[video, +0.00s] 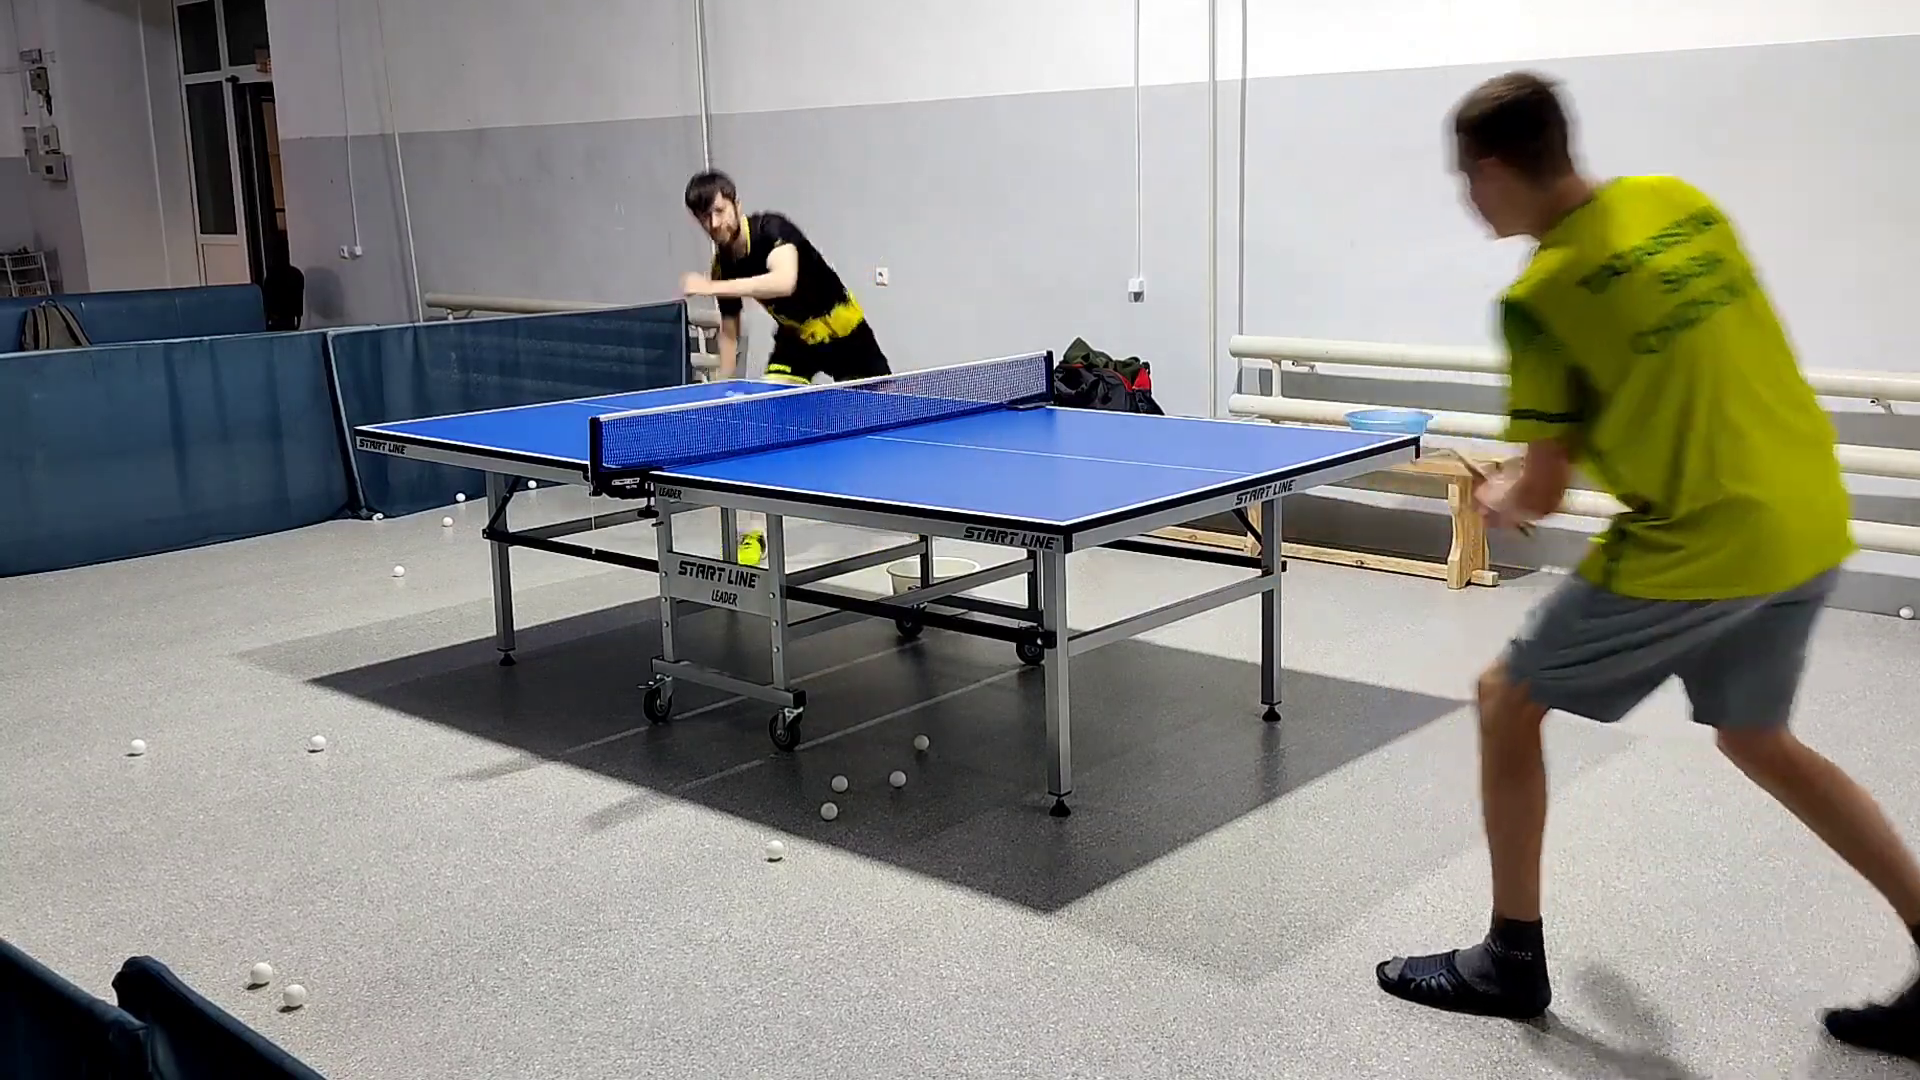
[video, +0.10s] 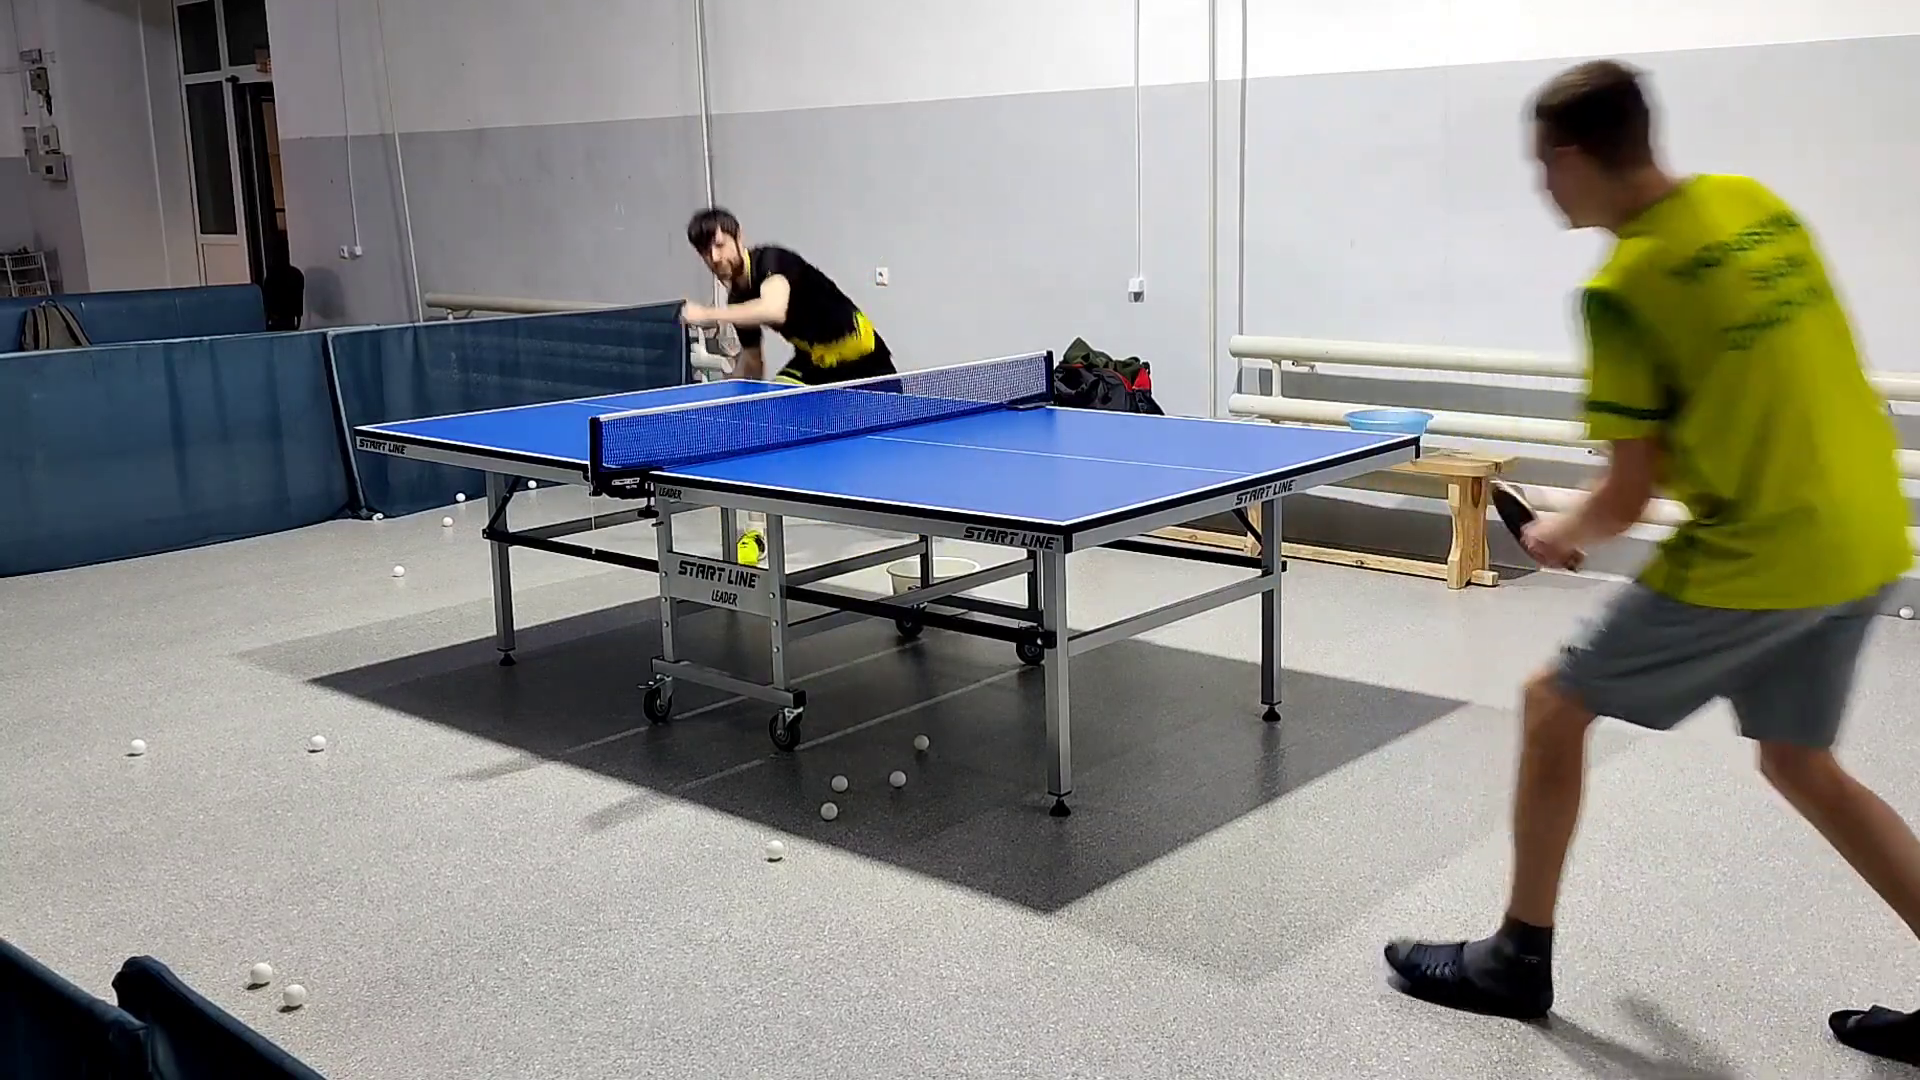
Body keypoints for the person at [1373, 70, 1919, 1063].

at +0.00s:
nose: (1470, 203)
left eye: (1471, 181)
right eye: (1466, 182)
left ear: (1506, 171)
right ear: (1559, 152)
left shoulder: (1541, 295)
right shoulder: (1680, 201)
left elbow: (1548, 478)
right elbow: (1701, 373)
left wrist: (1512, 502)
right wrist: (1567, 456)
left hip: (1689, 548)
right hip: (1812, 521)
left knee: (1506, 697)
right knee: (1754, 735)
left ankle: (1510, 956)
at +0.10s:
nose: (1545, 190)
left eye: (1548, 167)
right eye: (1542, 168)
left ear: (1585, 157)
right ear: (1639, 144)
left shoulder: (1625, 287)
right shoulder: (1754, 201)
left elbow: (1628, 492)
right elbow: (1806, 373)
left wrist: (1558, 535)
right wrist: (1664, 470)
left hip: (1751, 559)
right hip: (1864, 536)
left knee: (1555, 703)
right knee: (1797, 758)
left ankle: (1519, 957)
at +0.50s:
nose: (1735, 123)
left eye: (1739, 99)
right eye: (1732, 101)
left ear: (1786, 95)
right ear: (1836, 86)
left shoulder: (1874, 237)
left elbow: (1872, 463)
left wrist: (1714, 548)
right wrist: (1721, 546)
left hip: (1913, 567)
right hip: (1912, 562)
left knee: (1842, 787)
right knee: (1885, 788)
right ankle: (1919, 1019)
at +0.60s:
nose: (1750, 136)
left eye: (1753, 111)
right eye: (1747, 113)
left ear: (1804, 104)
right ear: (1835, 97)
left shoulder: (1900, 244)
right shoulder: (1901, 198)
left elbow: (1904, 476)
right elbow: (1912, 447)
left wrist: (1738, 573)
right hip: (1915, 585)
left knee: (1885, 799)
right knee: (1881, 785)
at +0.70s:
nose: (1769, 150)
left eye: (1774, 126)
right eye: (1765, 127)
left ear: (1831, 117)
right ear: (1842, 116)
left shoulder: (1917, 233)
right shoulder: (1901, 220)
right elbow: (1917, 431)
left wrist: (1783, 589)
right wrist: (1908, 546)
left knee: (1905, 790)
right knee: (1892, 764)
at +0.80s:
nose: (1785, 146)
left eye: (1792, 122)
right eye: (1782, 124)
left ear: (1859, 109)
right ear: (1861, 112)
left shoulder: (1908, 226)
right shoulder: (1891, 224)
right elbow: (1919, 417)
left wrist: (1881, 529)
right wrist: (1902, 536)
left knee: (1906, 759)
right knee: (1903, 756)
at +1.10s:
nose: (1832, 253)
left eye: (1833, 227)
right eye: (1824, 232)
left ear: (1905, 193)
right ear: (1893, 199)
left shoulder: (1918, 314)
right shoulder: (1909, 290)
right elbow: (1899, 379)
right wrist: (1898, 526)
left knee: (1911, 812)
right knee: (1890, 761)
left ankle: (1919, 1027)